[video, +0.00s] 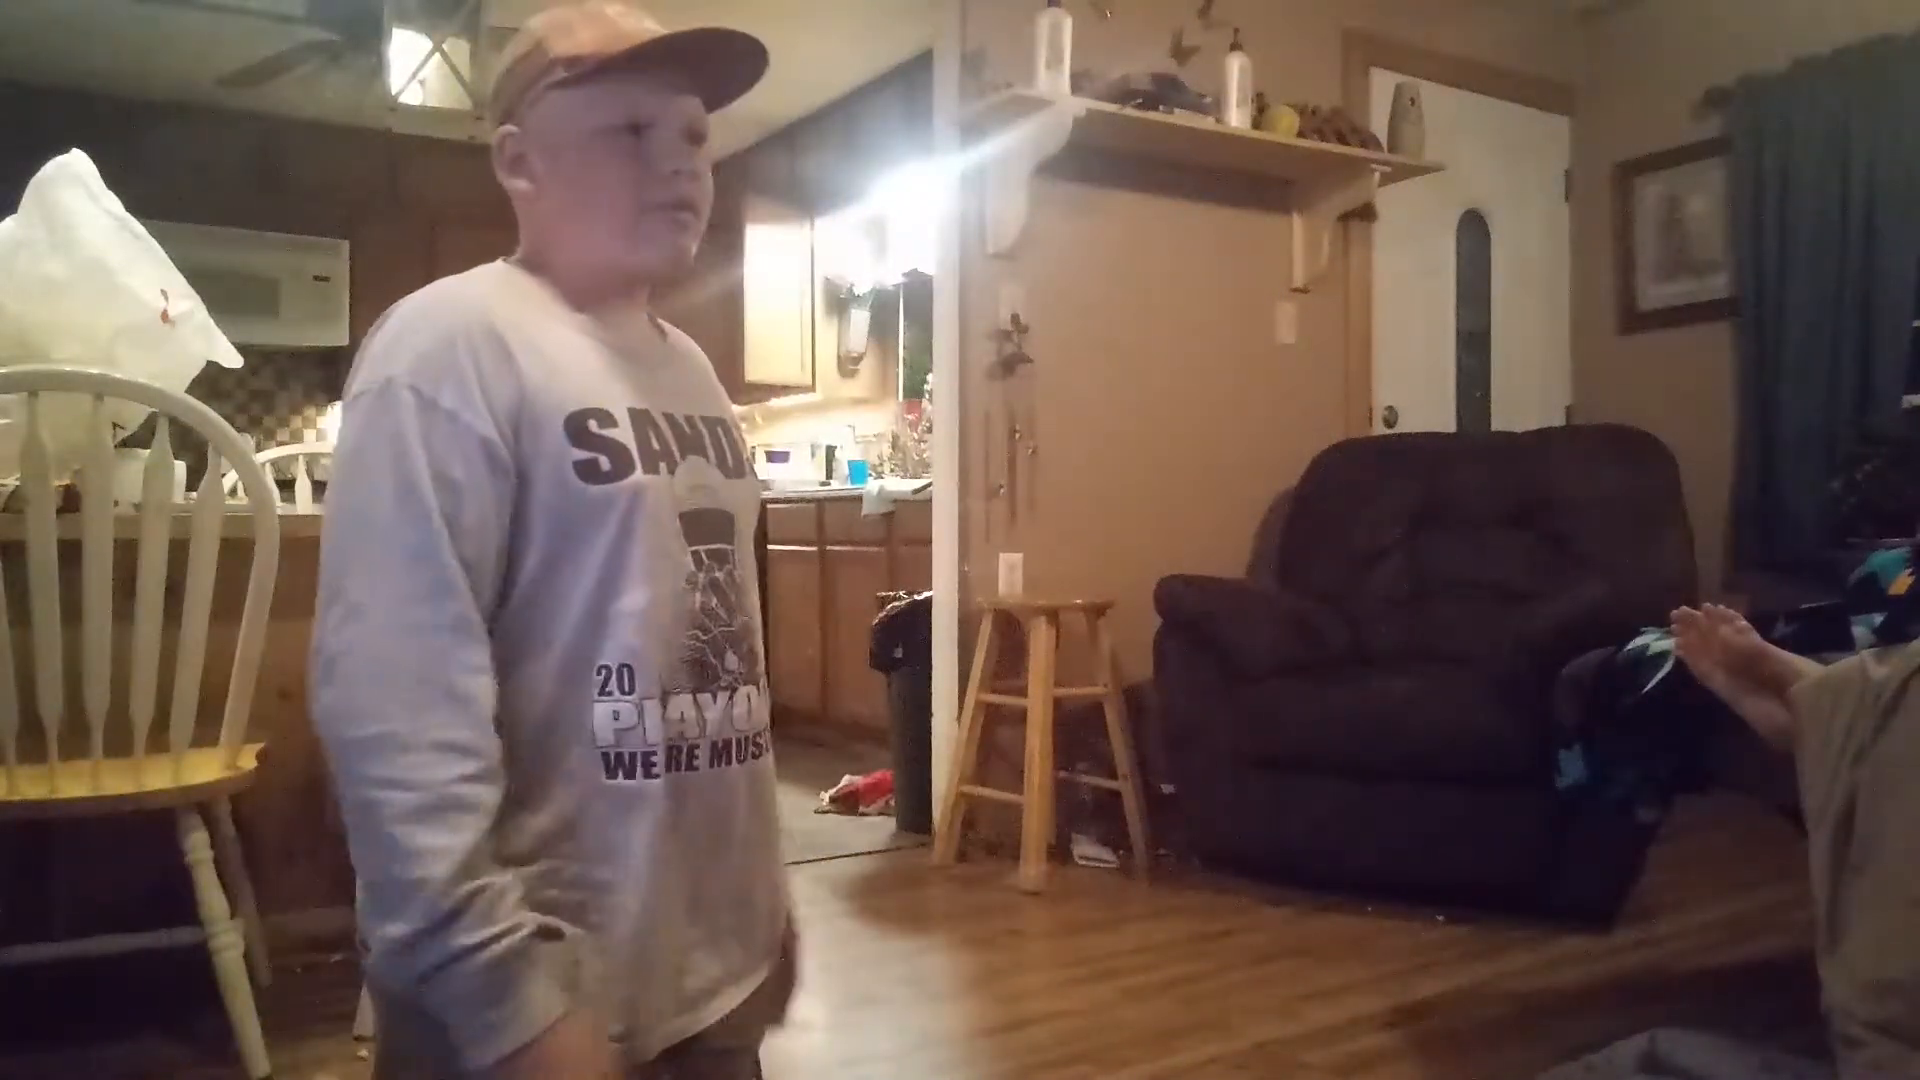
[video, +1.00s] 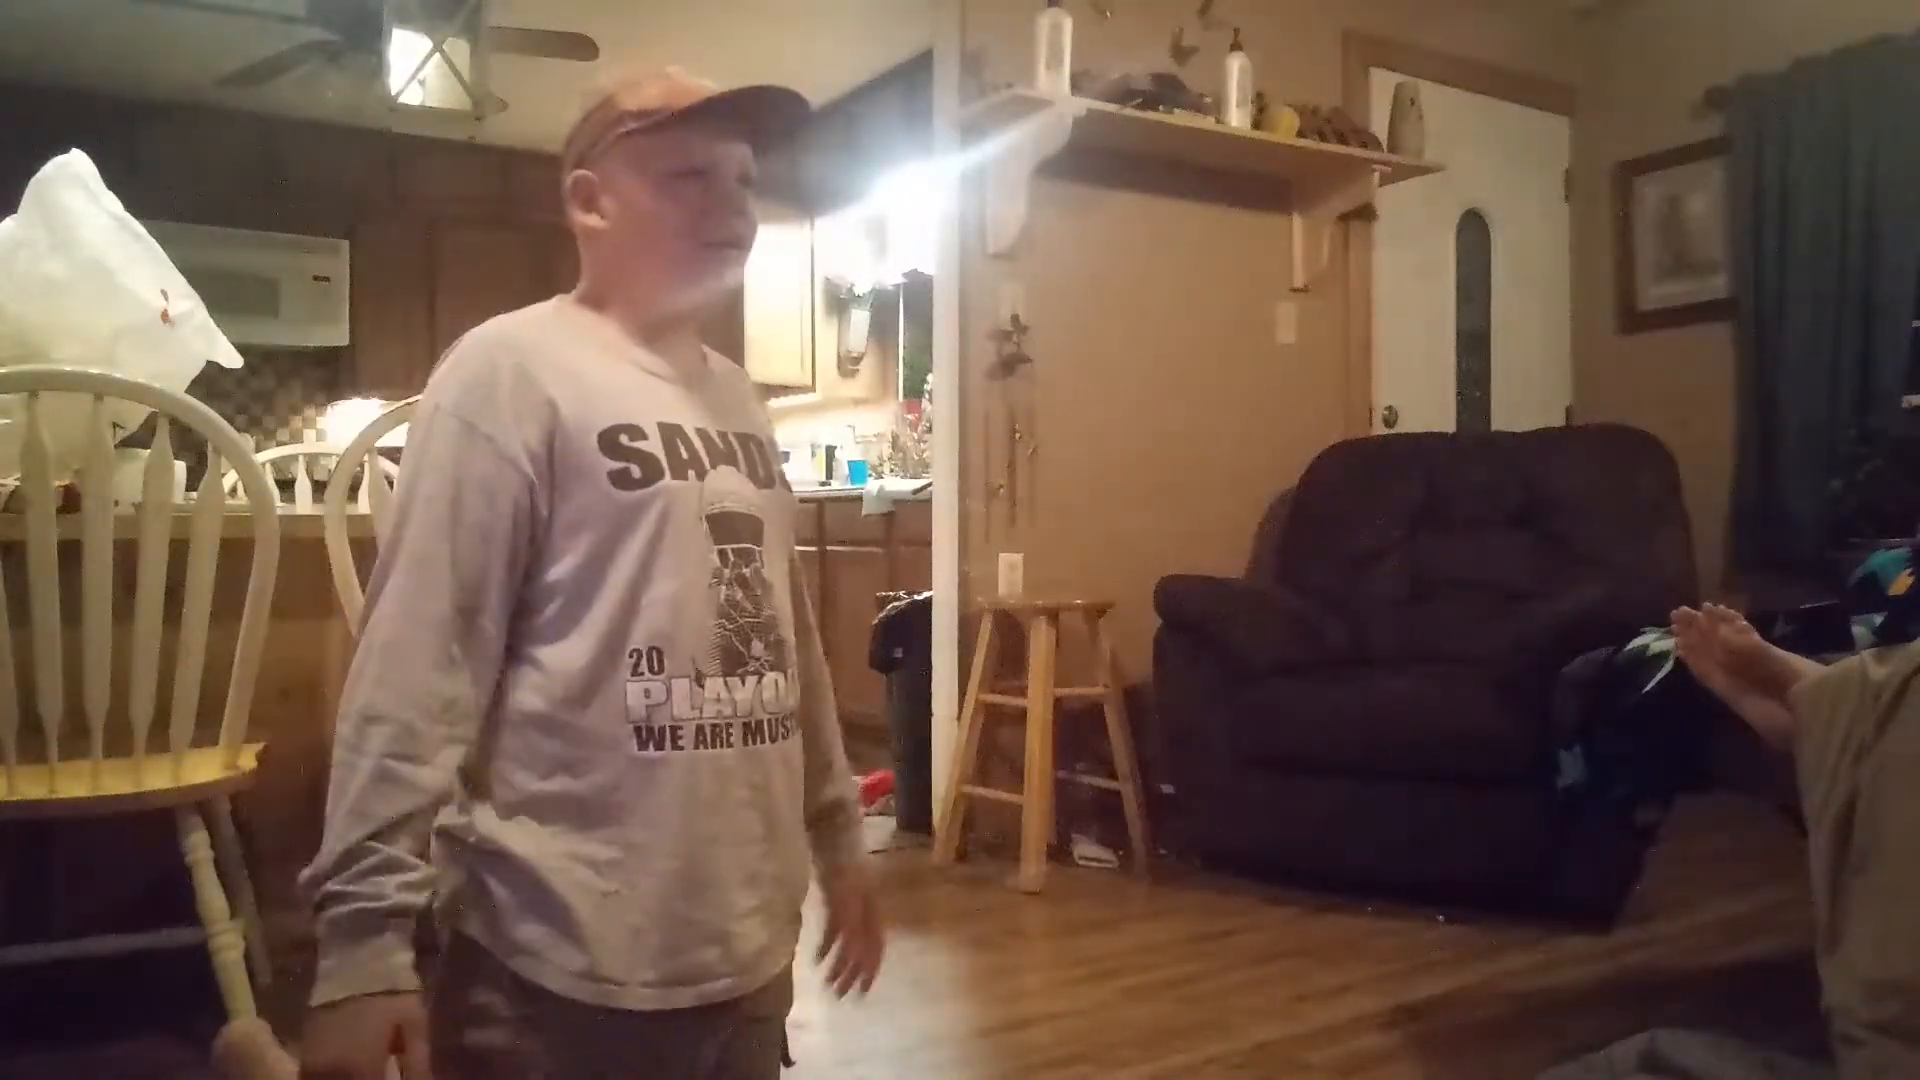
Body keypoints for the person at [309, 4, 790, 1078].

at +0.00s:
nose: (681, 166)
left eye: (694, 137)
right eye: (630, 131)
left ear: (710, 158)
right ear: (517, 159)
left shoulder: (689, 366)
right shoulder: (445, 348)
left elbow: (709, 657)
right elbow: (395, 705)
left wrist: (758, 902)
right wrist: (508, 1010)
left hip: (710, 982)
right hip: (535, 1008)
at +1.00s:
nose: (739, 209)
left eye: (746, 183)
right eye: (694, 173)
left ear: (756, 203)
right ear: (588, 199)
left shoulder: (736, 396)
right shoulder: (508, 367)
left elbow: (789, 645)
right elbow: (416, 664)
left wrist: (841, 843)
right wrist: (365, 947)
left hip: (740, 972)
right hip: (552, 982)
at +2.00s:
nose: (660, 198)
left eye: (669, 171)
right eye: (612, 162)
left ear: (681, 194)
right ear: (505, 186)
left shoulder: (649, 386)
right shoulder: (411, 367)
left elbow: (704, 639)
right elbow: (326, 689)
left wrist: (809, 786)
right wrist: (323, 1009)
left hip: (679, 977)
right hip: (489, 1002)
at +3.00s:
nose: (695, 191)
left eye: (693, 167)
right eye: (651, 161)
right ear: (542, 189)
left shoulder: (689, 387)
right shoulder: (455, 369)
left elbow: (727, 655)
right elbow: (383, 657)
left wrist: (829, 789)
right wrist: (606, 853)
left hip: (693, 942)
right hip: (510, 963)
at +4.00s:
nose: (574, 237)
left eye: (589, 220)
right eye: (525, 211)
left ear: (612, 255)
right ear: (429, 253)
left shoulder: (625, 420)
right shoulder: (353, 386)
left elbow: (796, 518)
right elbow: (283, 563)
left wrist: (910, 488)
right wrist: (580, 441)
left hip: (569, 924)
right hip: (360, 937)